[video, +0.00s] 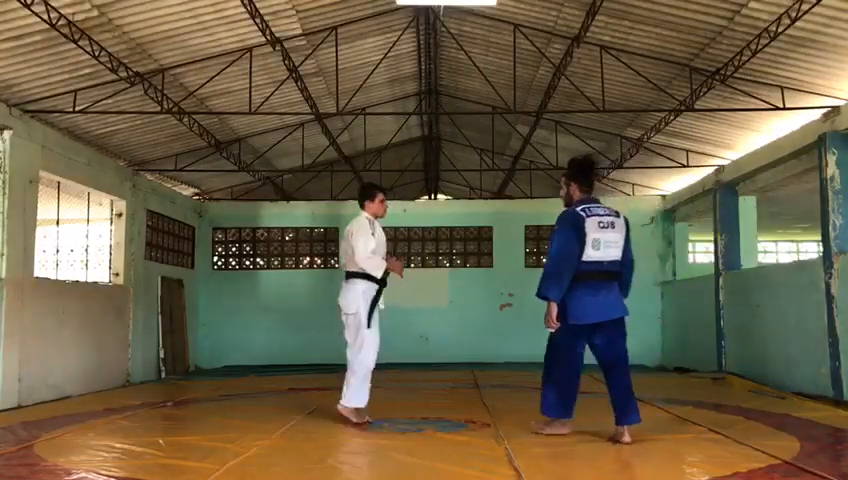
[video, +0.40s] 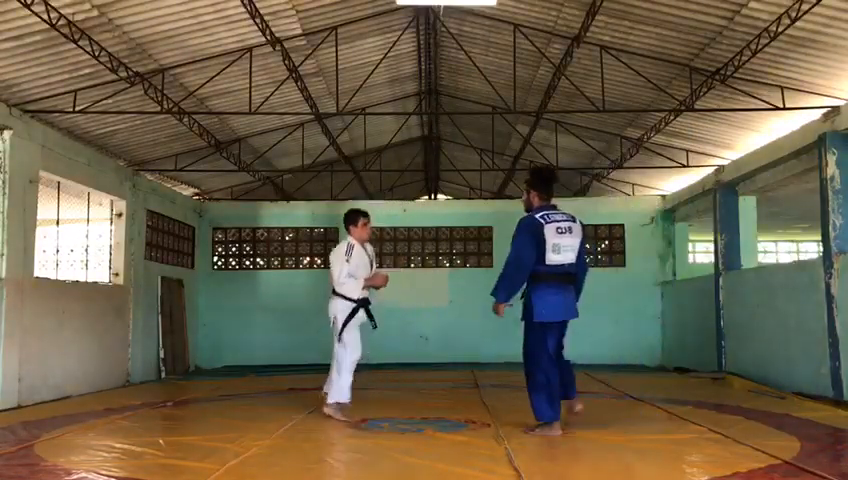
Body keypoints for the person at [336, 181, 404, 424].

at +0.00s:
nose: (385, 206)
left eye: (385, 201)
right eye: (381, 201)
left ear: (371, 204)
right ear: (369, 203)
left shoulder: (371, 226)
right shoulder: (361, 225)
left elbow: (366, 258)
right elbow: (362, 257)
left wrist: (386, 263)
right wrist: (388, 265)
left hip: (366, 290)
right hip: (358, 291)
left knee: (364, 346)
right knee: (365, 346)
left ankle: (355, 402)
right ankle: (349, 403)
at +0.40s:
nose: (369, 229)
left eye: (369, 225)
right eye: (365, 225)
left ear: (359, 227)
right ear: (353, 228)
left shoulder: (367, 250)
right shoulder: (341, 251)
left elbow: (362, 276)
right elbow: (340, 282)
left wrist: (376, 278)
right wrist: (369, 282)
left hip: (356, 305)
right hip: (342, 306)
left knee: (344, 351)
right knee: (352, 351)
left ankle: (331, 392)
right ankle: (333, 402)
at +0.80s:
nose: (371, 234)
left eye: (372, 230)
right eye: (368, 229)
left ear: (366, 231)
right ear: (356, 230)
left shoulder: (365, 251)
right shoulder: (343, 248)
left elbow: (372, 271)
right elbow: (350, 275)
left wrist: (376, 278)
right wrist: (372, 287)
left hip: (356, 302)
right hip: (342, 302)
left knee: (346, 350)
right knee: (361, 348)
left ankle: (330, 393)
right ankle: (366, 400)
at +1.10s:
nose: (380, 238)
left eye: (381, 234)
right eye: (376, 233)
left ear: (377, 236)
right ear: (364, 233)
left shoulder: (375, 259)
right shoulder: (350, 253)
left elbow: (377, 290)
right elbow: (361, 282)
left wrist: (400, 292)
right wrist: (382, 273)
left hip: (365, 308)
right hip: (353, 307)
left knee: (359, 354)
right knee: (373, 350)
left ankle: (333, 391)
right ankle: (370, 401)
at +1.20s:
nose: (384, 241)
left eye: (385, 237)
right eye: (381, 237)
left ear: (379, 238)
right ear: (369, 236)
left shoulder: (378, 261)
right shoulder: (353, 258)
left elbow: (390, 291)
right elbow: (358, 291)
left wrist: (417, 293)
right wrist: (382, 276)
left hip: (369, 312)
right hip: (357, 311)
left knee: (366, 357)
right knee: (376, 354)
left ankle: (337, 389)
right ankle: (374, 407)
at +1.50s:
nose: (383, 244)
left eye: (384, 240)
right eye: (379, 240)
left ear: (381, 243)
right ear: (367, 244)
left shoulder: (385, 261)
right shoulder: (361, 267)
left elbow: (406, 270)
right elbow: (376, 292)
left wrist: (418, 265)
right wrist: (404, 295)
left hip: (379, 316)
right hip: (365, 317)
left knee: (387, 355)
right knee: (387, 355)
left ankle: (368, 386)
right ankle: (377, 407)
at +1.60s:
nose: (381, 244)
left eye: (381, 240)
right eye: (377, 241)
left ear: (374, 243)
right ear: (366, 244)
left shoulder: (372, 258)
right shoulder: (368, 261)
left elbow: (388, 257)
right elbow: (399, 263)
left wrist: (401, 252)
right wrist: (420, 261)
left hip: (377, 315)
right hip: (370, 317)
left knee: (398, 355)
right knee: (390, 357)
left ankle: (394, 394)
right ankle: (377, 405)